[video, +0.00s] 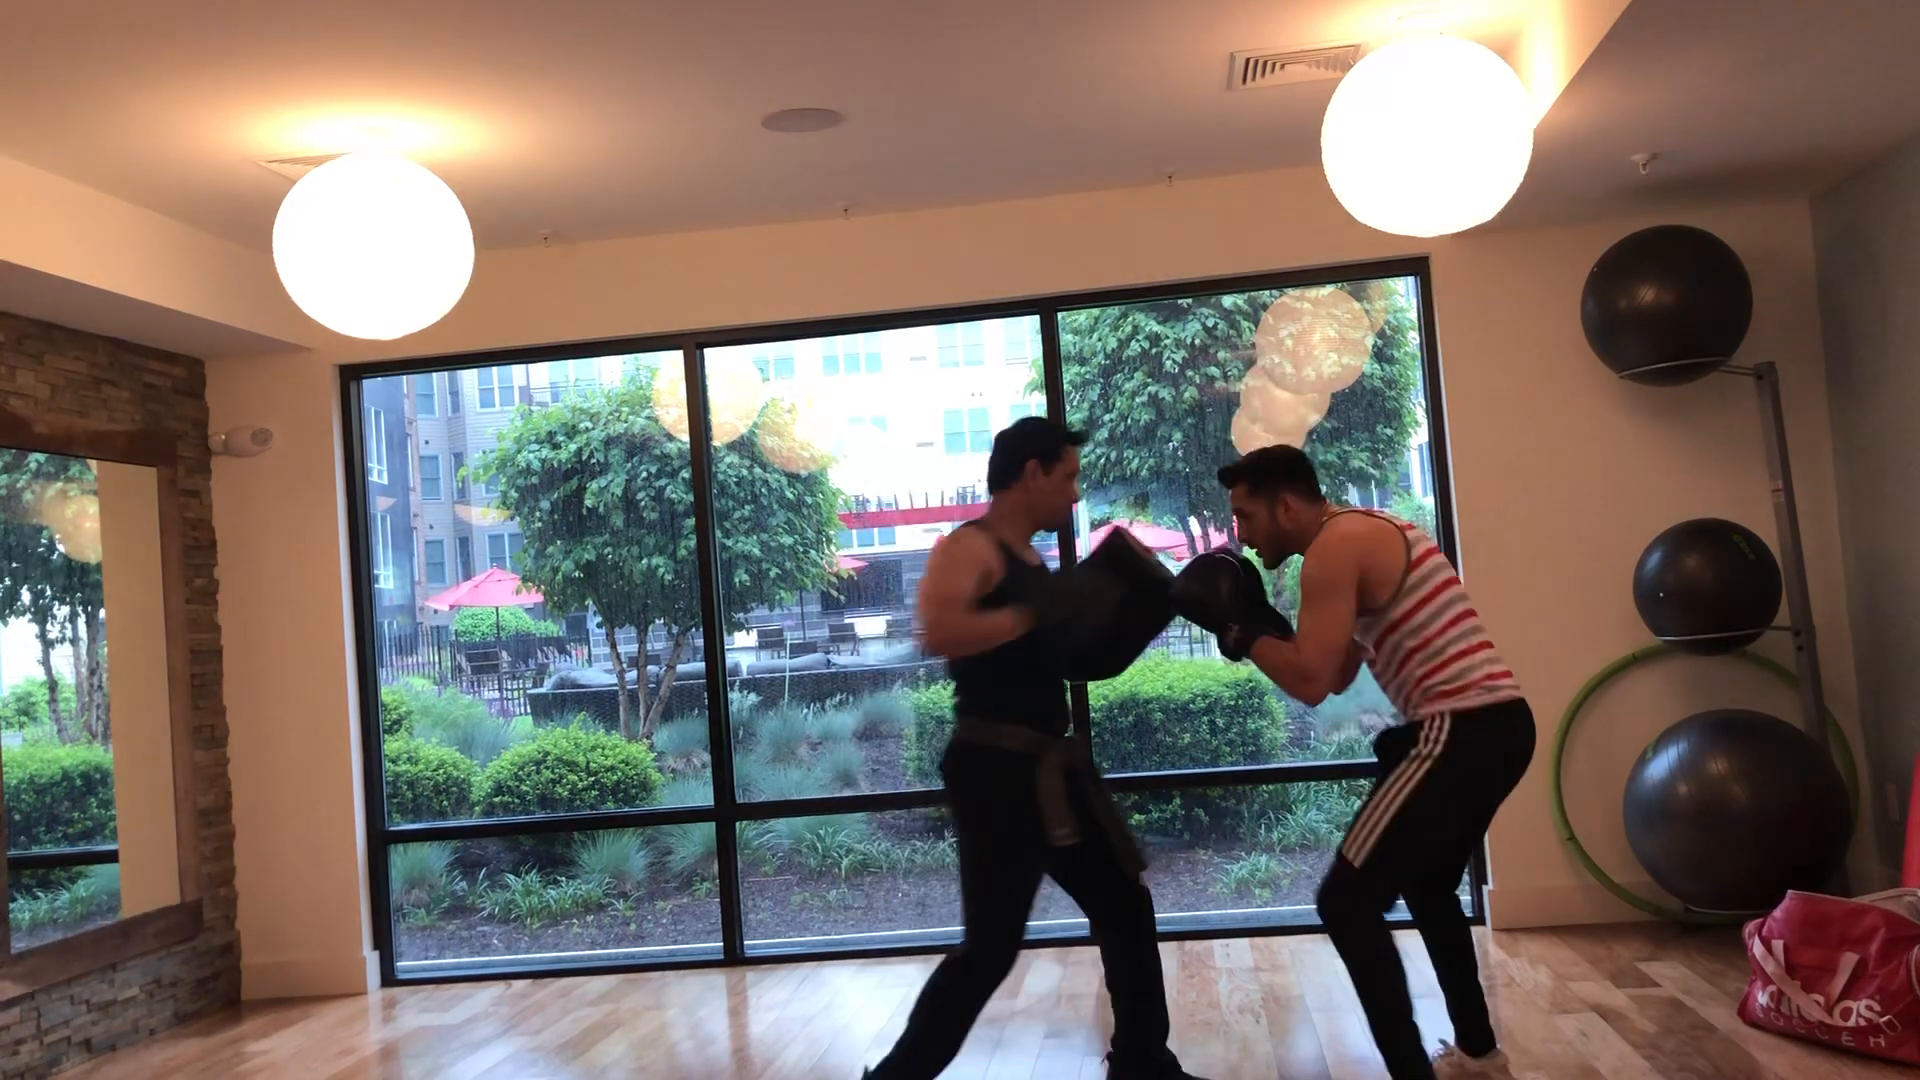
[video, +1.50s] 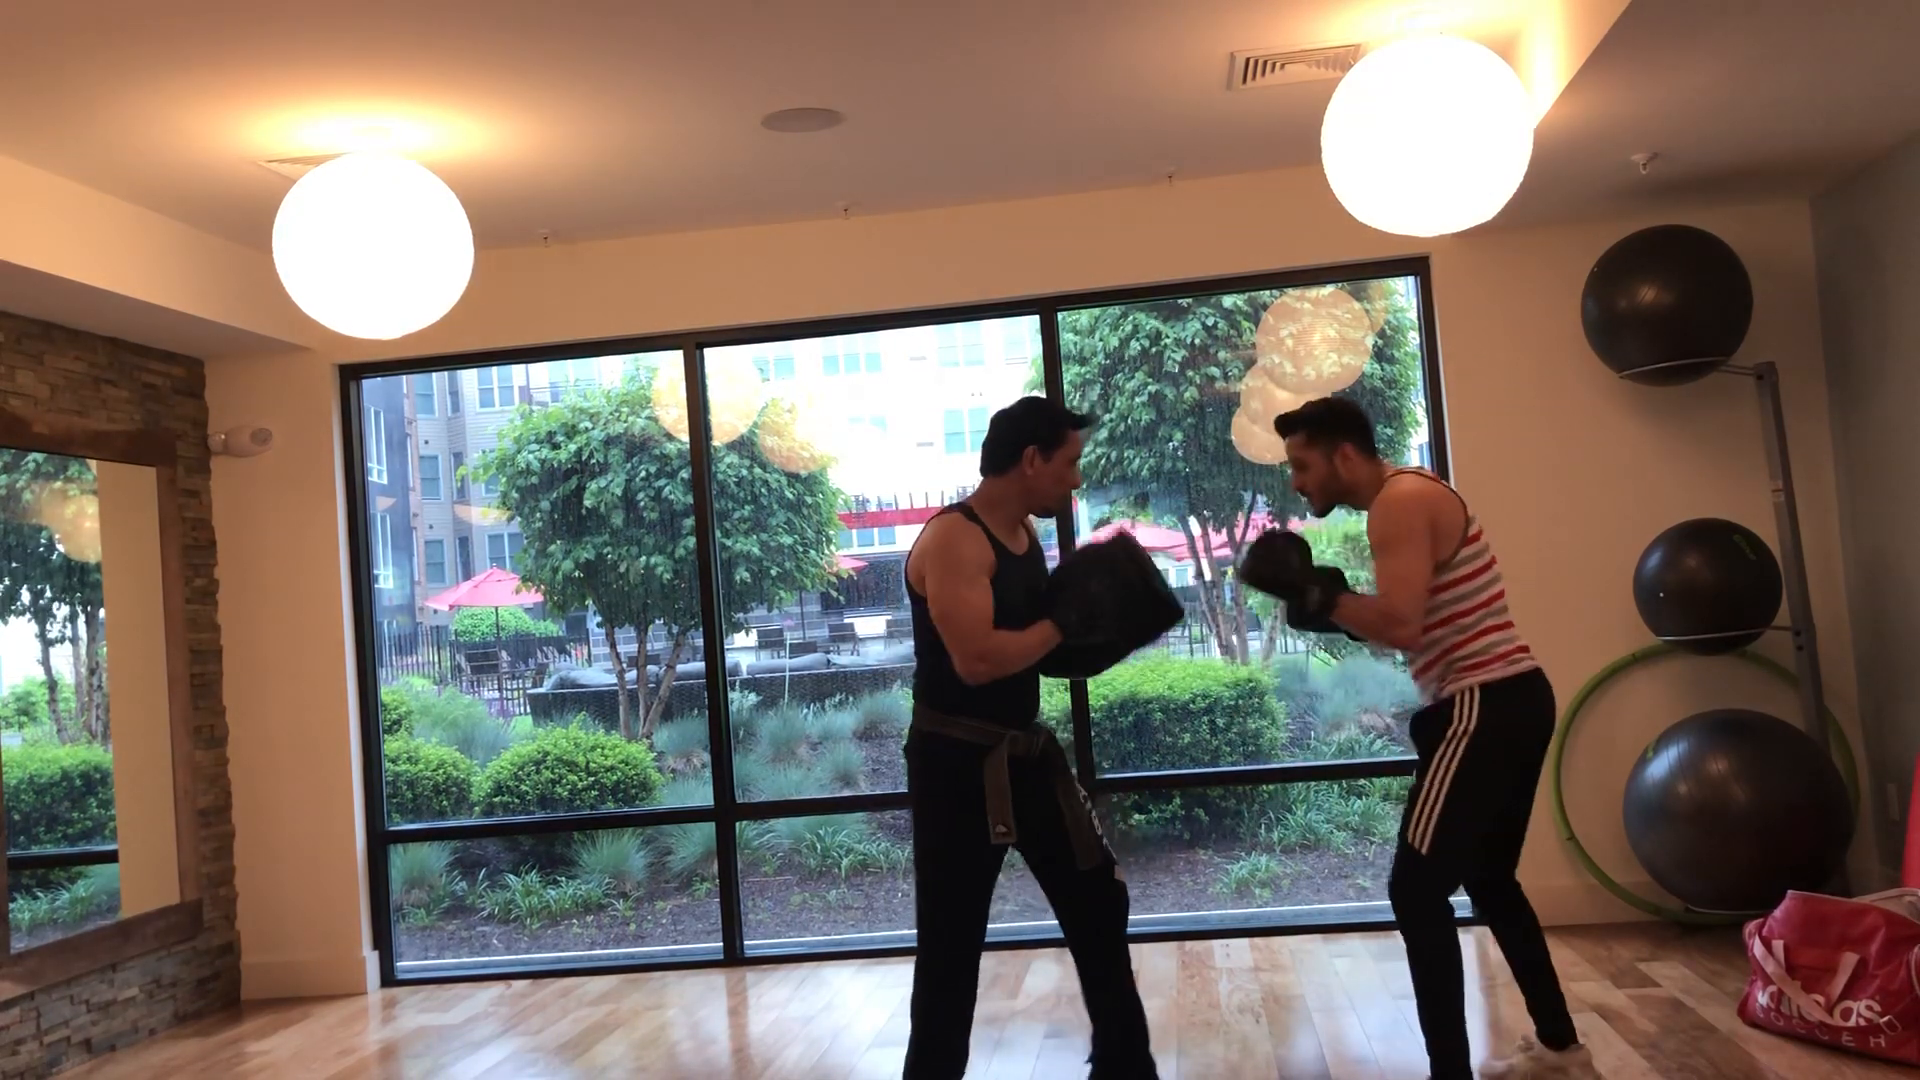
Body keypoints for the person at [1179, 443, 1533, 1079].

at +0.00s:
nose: (1241, 534)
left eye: (1243, 516)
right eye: (1236, 519)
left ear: (1286, 504)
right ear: (1296, 503)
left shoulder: (1334, 546)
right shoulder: (1375, 531)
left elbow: (1307, 680)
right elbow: (1335, 676)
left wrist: (1239, 630)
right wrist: (1257, 618)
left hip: (1459, 731)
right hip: (1498, 724)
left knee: (1344, 902)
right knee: (1429, 885)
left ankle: (1412, 1072)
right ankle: (1477, 1043)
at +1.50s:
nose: (1295, 482)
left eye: (1300, 465)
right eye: (1291, 468)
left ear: (1344, 455)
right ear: (1348, 457)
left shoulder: (1399, 502)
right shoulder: (1417, 493)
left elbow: (1402, 624)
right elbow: (1417, 623)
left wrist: (1320, 592)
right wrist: (1338, 604)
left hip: (1482, 706)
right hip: (1511, 698)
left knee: (1414, 890)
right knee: (1490, 877)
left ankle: (1449, 1072)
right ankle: (1556, 1032)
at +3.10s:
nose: (1272, 484)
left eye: (1277, 466)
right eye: (1268, 470)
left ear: (1321, 454)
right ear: (1326, 457)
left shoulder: (1358, 503)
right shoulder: (1381, 500)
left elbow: (1388, 613)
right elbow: (1381, 646)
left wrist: (1308, 615)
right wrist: (1304, 618)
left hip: (1459, 699)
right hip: (1487, 693)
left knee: (1401, 888)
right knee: (1451, 874)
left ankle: (1454, 1065)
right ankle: (1493, 1036)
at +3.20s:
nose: (1271, 470)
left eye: (1276, 452)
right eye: (1266, 457)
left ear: (1317, 439)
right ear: (1321, 443)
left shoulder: (1365, 495)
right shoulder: (1384, 488)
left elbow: (1372, 617)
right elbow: (1384, 624)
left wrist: (1289, 591)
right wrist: (1297, 602)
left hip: (1458, 696)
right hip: (1477, 689)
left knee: (1416, 884)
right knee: (1456, 870)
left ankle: (1458, 1064)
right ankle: (1490, 1033)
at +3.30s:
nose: (1271, 472)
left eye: (1275, 454)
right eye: (1267, 458)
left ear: (1316, 439)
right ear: (1323, 443)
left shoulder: (1369, 494)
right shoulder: (1392, 484)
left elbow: (1352, 622)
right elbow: (1380, 615)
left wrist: (1280, 570)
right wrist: (1304, 606)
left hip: (1460, 696)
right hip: (1481, 688)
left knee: (1425, 887)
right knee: (1460, 871)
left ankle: (1459, 1067)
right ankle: (1512, 1033)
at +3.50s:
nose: (1283, 488)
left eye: (1285, 471)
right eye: (1278, 474)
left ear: (1325, 456)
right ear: (1332, 456)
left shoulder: (1379, 497)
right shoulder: (1418, 484)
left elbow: (1376, 621)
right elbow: (1391, 615)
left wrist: (1297, 588)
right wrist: (1316, 587)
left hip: (1478, 698)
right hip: (1526, 688)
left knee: (1407, 886)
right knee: (1504, 876)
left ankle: (1451, 1066)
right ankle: (1541, 1035)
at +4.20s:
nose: (1279, 521)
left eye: (1285, 503)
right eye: (1280, 505)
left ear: (1321, 504)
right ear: (1336, 501)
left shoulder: (1402, 569)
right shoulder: (1384, 558)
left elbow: (1350, 708)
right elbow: (1396, 661)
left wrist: (1285, 644)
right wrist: (1303, 687)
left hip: (1519, 744)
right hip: (1488, 742)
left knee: (1432, 915)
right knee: (1454, 899)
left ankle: (1481, 1071)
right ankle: (1527, 1040)